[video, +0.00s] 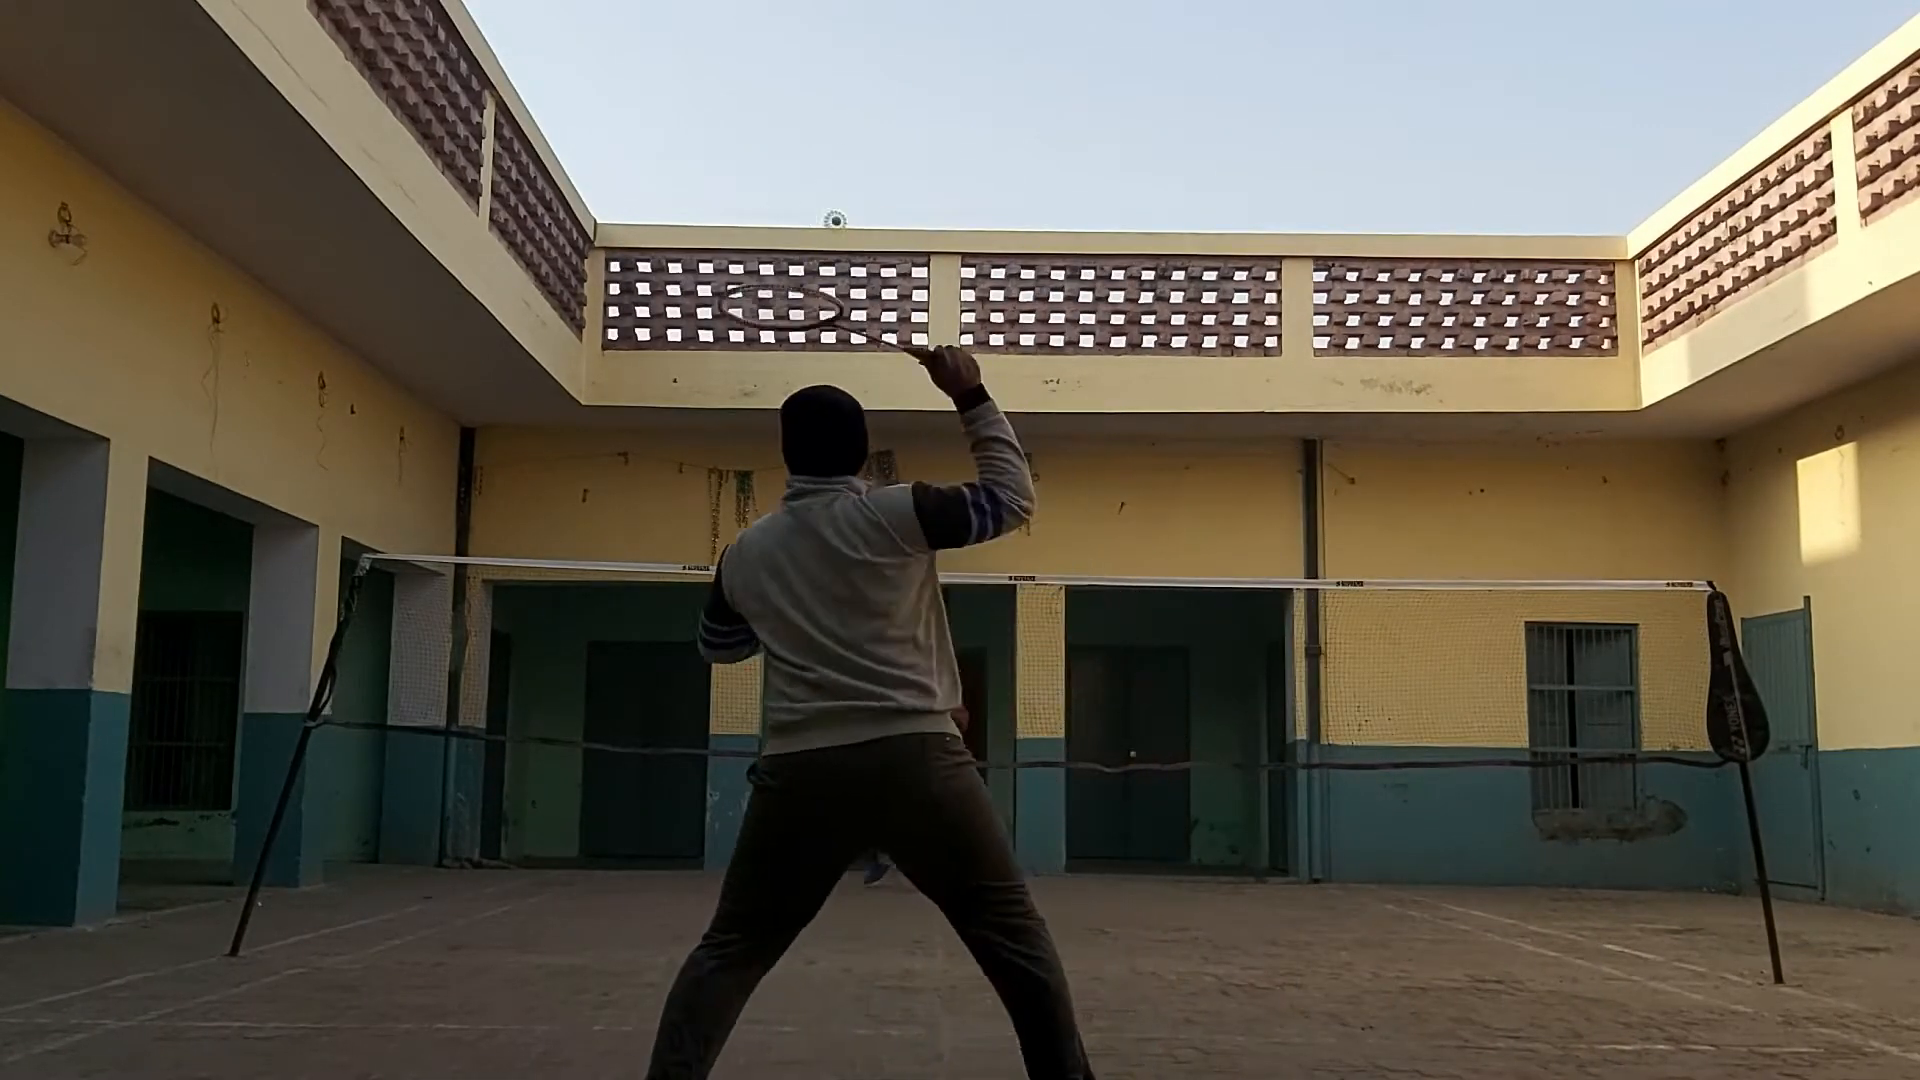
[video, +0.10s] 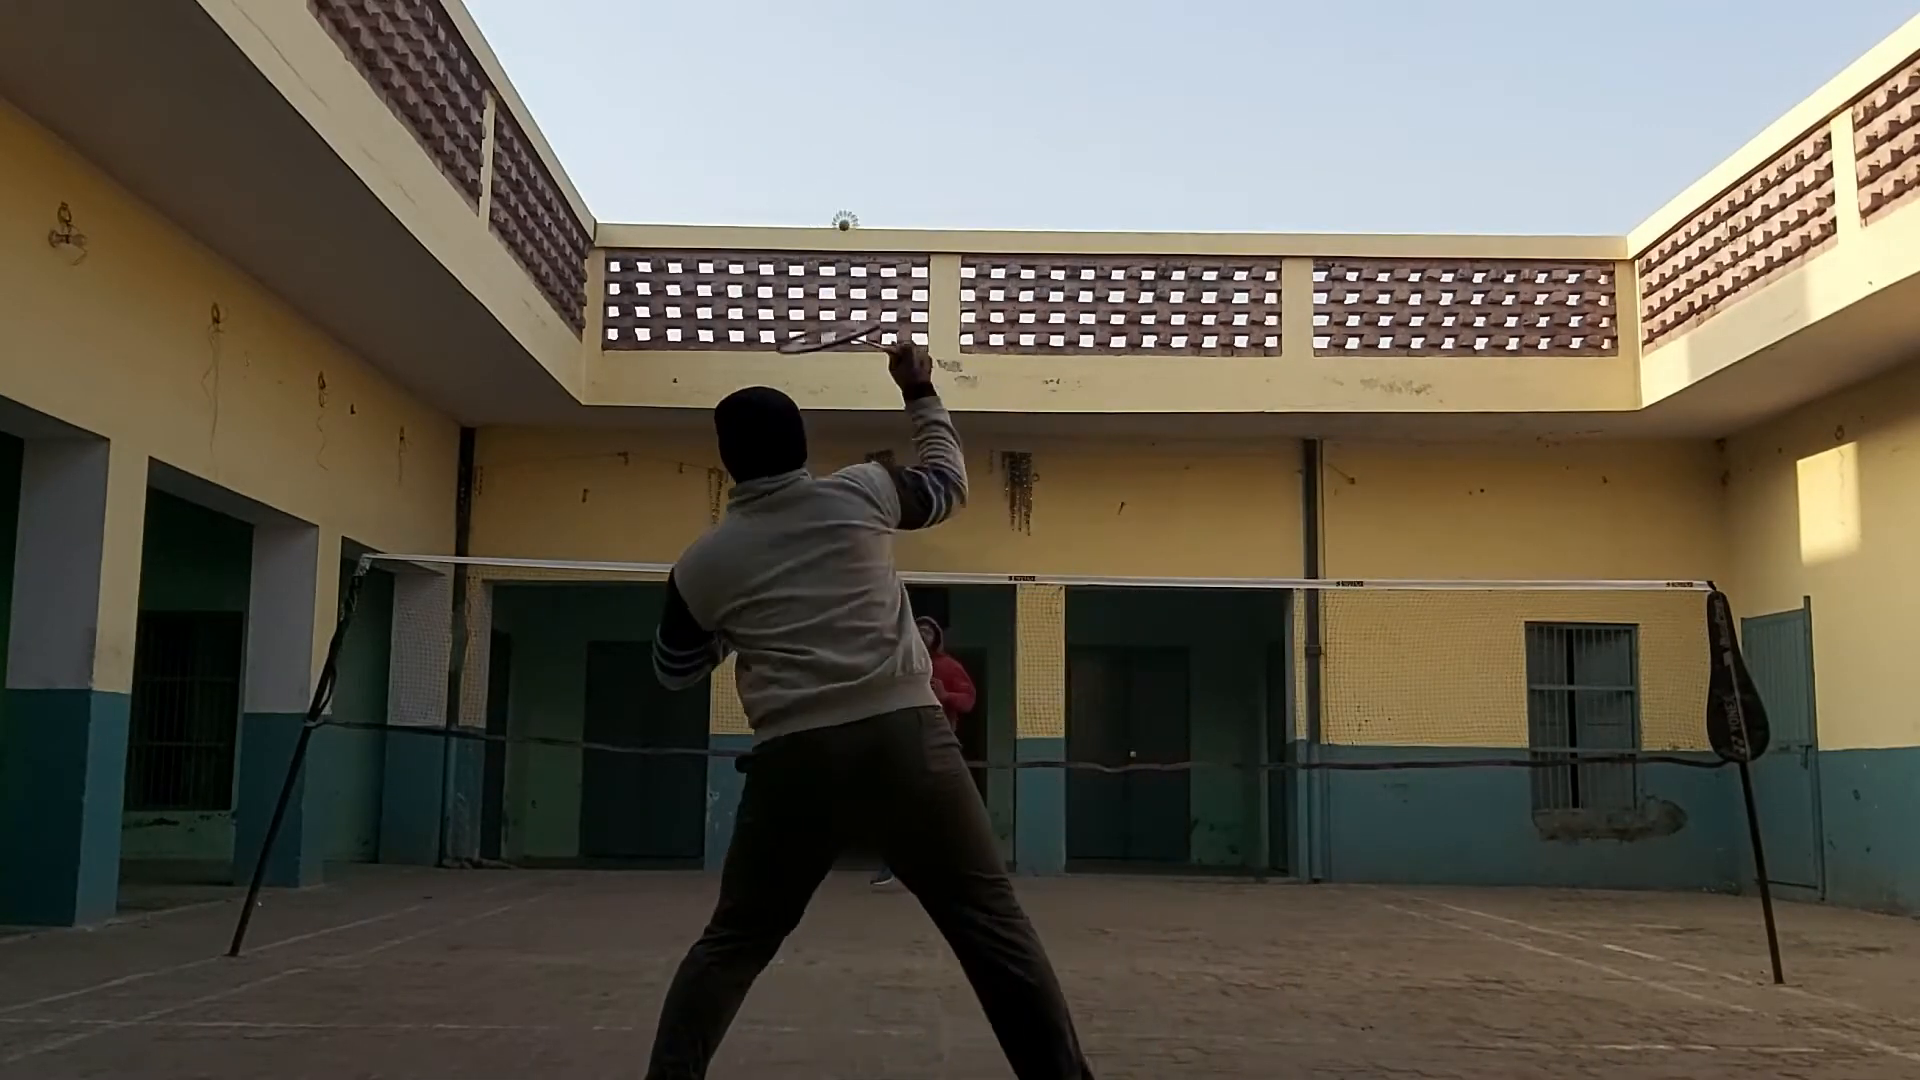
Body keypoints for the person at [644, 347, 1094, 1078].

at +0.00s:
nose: (860, 451)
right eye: (858, 440)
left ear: (786, 459)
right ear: (861, 452)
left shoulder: (746, 554)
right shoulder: (901, 511)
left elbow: (722, 643)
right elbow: (1009, 498)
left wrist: (786, 591)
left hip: (800, 773)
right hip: (920, 759)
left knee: (732, 950)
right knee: (1009, 929)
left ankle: (671, 1074)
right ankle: (1067, 1070)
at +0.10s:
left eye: (727, 450)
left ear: (726, 463)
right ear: (801, 447)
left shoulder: (703, 566)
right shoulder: (861, 494)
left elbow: (678, 669)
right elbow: (944, 477)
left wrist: (736, 613)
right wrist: (924, 394)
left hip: (795, 760)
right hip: (911, 744)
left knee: (735, 940)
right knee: (991, 925)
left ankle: (669, 1071)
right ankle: (1065, 1071)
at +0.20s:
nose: (692, 450)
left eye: (689, 442)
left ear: (693, 452)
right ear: (766, 431)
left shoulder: (684, 559)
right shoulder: (835, 475)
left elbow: (657, 680)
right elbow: (892, 567)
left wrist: (703, 597)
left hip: (790, 746)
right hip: (905, 720)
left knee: (739, 934)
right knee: (972, 912)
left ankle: (672, 1074)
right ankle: (1052, 1070)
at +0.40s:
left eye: (716, 435)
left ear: (719, 444)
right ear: (795, 431)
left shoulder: (699, 537)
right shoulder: (869, 491)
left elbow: (669, 659)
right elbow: (932, 601)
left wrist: (719, 723)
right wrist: (899, 674)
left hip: (787, 747)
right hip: (904, 729)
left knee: (730, 933)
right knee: (974, 915)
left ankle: (670, 1069)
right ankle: (1029, 1071)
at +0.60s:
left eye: (826, 435)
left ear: (821, 443)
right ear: (895, 440)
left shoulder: (776, 533)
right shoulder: (950, 515)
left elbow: (741, 658)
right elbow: (1002, 632)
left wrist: (777, 757)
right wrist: (985, 706)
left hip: (813, 751)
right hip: (930, 747)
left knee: (754, 931)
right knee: (1010, 923)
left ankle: (678, 1068)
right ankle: (1045, 1071)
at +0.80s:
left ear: (870, 462)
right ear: (941, 462)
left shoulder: (821, 546)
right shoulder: (968, 537)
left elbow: (780, 664)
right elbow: (1031, 651)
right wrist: (1058, 655)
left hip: (831, 762)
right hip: (944, 762)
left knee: (771, 907)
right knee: (1032, 923)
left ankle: (691, 1060)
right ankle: (1057, 1069)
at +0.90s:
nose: (933, 475)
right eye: (934, 464)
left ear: (862, 465)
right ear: (930, 468)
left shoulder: (809, 549)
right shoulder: (943, 543)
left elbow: (771, 645)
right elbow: (1018, 629)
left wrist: (849, 633)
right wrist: (1072, 555)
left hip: (819, 769)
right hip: (929, 769)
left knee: (769, 920)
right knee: (1023, 928)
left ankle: (693, 1063)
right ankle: (1055, 1072)